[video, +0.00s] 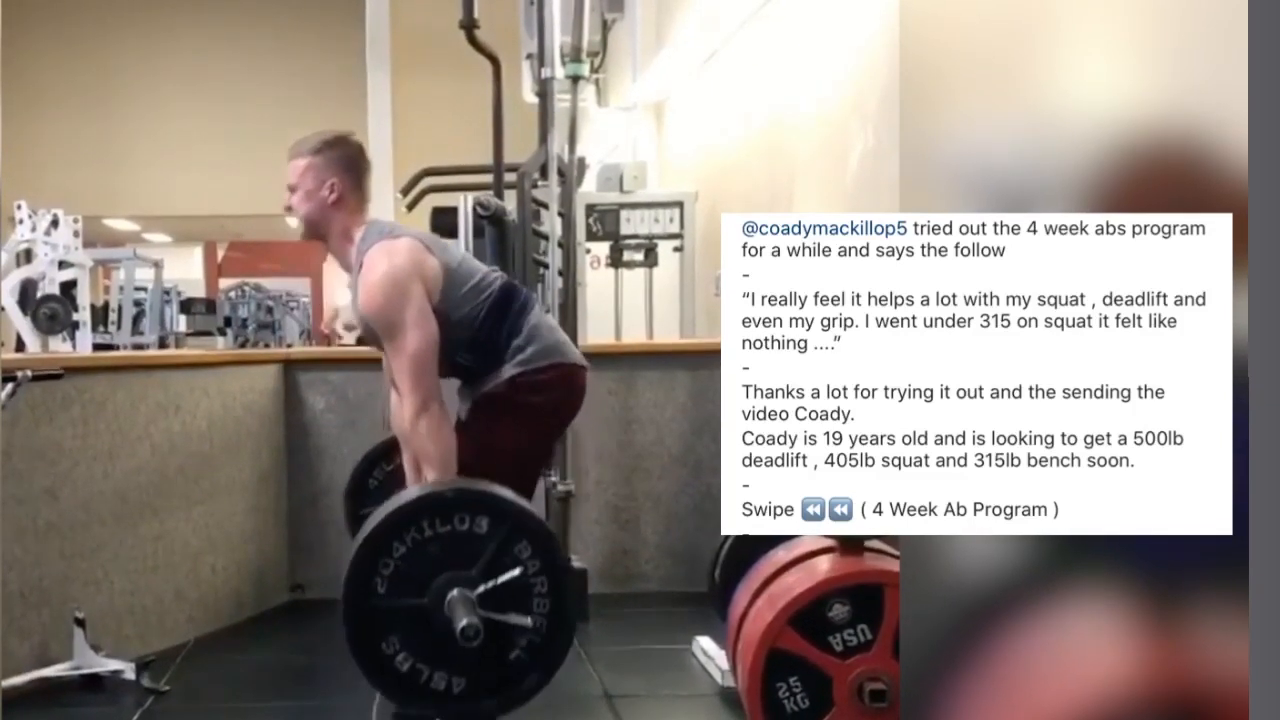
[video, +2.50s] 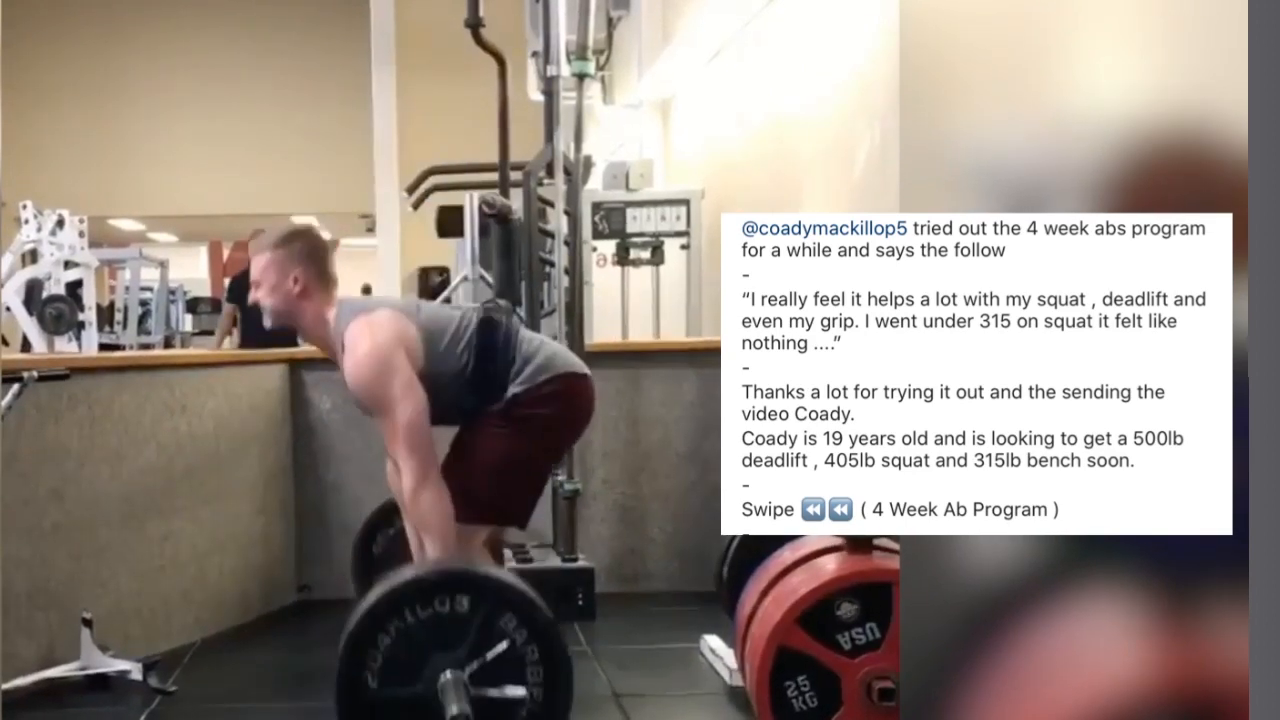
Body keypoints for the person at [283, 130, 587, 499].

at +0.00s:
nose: (287, 204)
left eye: (294, 190)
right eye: (288, 191)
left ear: (331, 191)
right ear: (329, 193)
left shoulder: (389, 270)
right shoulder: (371, 269)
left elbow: (424, 406)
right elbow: (401, 394)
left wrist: (448, 520)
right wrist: (417, 505)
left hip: (537, 372)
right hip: (509, 374)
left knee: (472, 513)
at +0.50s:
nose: (401, 91)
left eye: (410, 77)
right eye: (402, 78)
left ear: (453, 80)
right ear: (449, 83)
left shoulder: (472, 172)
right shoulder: (453, 165)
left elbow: (468, 307)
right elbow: (449, 291)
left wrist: (450, 425)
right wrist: (420, 337)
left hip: (494, 372)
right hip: (479, 365)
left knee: (470, 533)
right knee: (463, 530)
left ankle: (474, 701)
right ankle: (465, 689)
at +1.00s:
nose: (447, 90)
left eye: (458, 76)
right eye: (448, 77)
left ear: (500, 80)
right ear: (501, 83)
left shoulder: (509, 169)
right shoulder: (499, 162)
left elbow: (480, 304)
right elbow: (473, 293)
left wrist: (454, 414)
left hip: (483, 364)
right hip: (483, 358)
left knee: (466, 540)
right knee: (464, 537)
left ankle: (474, 702)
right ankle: (465, 690)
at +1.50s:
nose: (442, 90)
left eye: (452, 76)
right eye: (443, 77)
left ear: (491, 78)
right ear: (493, 81)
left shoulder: (504, 172)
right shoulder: (494, 164)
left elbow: (478, 306)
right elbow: (470, 297)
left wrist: (452, 415)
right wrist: (445, 413)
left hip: (481, 371)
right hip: (482, 366)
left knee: (465, 541)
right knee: (464, 538)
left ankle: (476, 702)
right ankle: (468, 691)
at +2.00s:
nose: (321, 137)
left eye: (329, 124)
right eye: (322, 124)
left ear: (368, 128)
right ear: (369, 131)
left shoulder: (411, 216)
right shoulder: (391, 211)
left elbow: (431, 354)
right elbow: (408, 348)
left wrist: (439, 475)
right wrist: (421, 460)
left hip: (513, 377)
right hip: (481, 374)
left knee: (463, 529)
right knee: (455, 525)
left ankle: (476, 701)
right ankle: (467, 694)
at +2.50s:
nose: (252, 298)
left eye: (259, 285)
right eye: (251, 286)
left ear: (296, 282)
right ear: (298, 284)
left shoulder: (371, 346)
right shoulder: (355, 340)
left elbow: (422, 473)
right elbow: (399, 465)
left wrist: (447, 589)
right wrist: (427, 580)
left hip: (546, 384)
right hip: (523, 385)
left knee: (460, 538)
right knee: (469, 538)